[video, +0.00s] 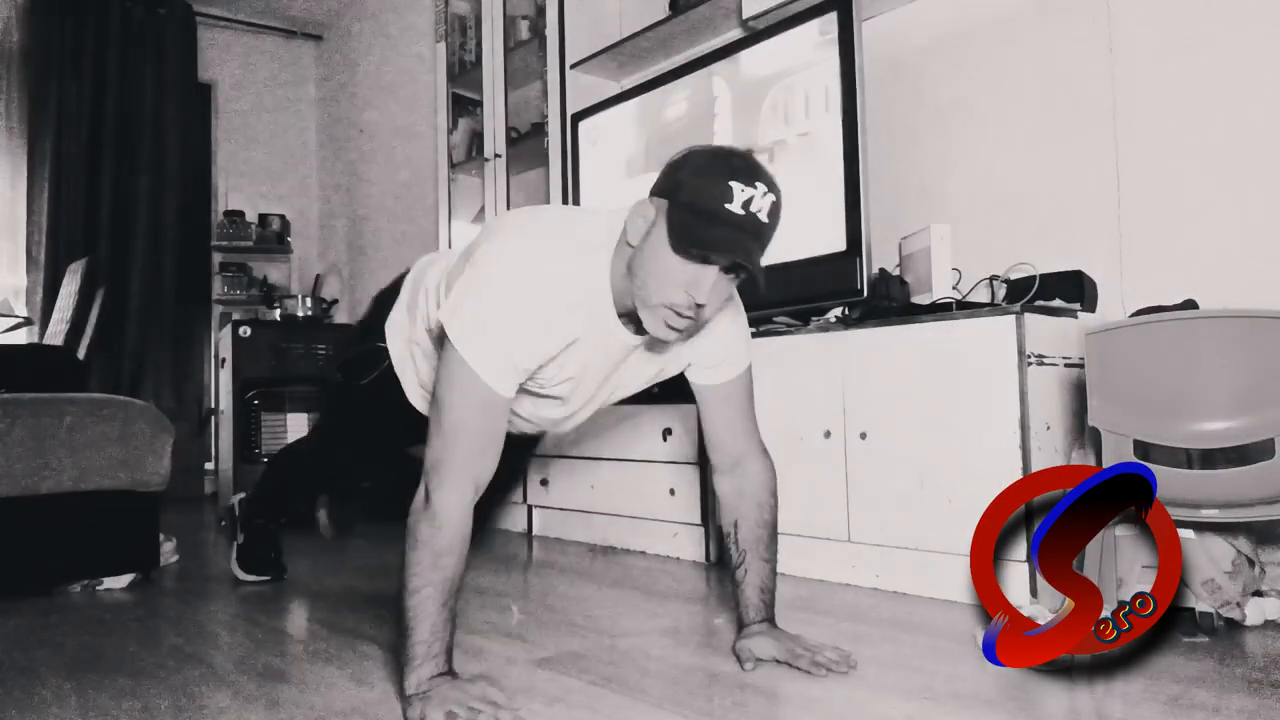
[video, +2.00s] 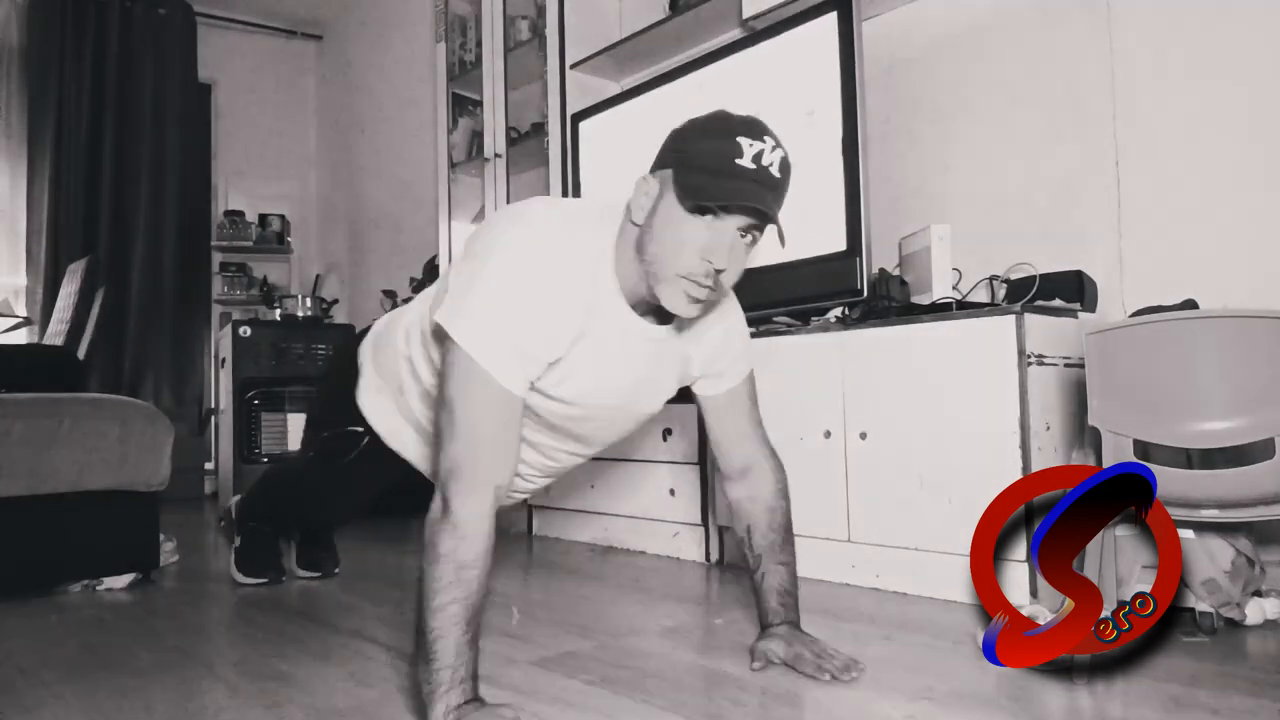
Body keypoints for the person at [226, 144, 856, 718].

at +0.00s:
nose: (703, 294)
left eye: (729, 275)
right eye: (692, 255)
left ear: (745, 277)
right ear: (646, 222)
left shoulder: (712, 311)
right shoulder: (522, 270)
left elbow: (740, 463)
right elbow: (448, 495)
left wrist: (758, 624)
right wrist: (425, 677)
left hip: (512, 409)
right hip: (412, 357)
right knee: (330, 456)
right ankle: (255, 512)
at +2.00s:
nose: (722, 260)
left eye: (749, 236)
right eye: (708, 216)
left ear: (759, 245)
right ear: (649, 198)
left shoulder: (711, 315)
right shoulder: (525, 253)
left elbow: (749, 471)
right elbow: (464, 506)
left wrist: (782, 624)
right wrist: (451, 703)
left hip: (476, 464)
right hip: (386, 412)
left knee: (372, 498)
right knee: (319, 488)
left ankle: (313, 523)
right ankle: (257, 517)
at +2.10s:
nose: (718, 255)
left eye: (745, 230)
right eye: (702, 211)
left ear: (755, 240)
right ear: (643, 192)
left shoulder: (711, 306)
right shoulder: (516, 256)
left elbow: (740, 464)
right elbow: (463, 507)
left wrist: (769, 621)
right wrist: (450, 704)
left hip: (475, 448)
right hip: (378, 404)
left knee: (375, 496)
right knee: (316, 489)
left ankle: (314, 525)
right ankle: (259, 514)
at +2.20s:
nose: (727, 257)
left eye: (754, 230)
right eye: (711, 211)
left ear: (763, 240)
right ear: (651, 194)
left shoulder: (718, 310)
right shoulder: (524, 254)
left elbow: (742, 467)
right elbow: (469, 499)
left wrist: (764, 628)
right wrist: (450, 702)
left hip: (468, 446)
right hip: (379, 403)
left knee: (370, 496)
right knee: (315, 486)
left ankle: (313, 525)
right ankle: (256, 516)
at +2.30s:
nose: (731, 269)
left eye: (756, 243)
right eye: (718, 226)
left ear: (766, 248)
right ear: (655, 205)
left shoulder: (724, 323)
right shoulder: (534, 258)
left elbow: (752, 472)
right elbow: (468, 503)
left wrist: (765, 629)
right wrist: (451, 703)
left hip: (472, 450)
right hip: (386, 408)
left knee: (374, 503)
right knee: (318, 487)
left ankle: (315, 526)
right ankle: (253, 517)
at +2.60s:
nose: (744, 327)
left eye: (763, 305)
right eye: (736, 292)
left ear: (787, 282)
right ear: (676, 235)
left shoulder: (734, 325)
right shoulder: (545, 259)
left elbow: (758, 474)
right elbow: (476, 497)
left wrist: (767, 626)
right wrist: (449, 699)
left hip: (498, 460)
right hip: (410, 403)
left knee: (376, 499)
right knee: (322, 478)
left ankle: (315, 523)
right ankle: (252, 517)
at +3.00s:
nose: (741, 349)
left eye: (758, 334)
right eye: (736, 319)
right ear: (683, 252)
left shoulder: (725, 318)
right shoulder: (546, 261)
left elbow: (751, 471)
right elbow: (481, 498)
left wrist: (764, 629)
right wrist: (449, 705)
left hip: (496, 456)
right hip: (412, 404)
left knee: (375, 495)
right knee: (321, 479)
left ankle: (314, 521)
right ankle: (249, 519)